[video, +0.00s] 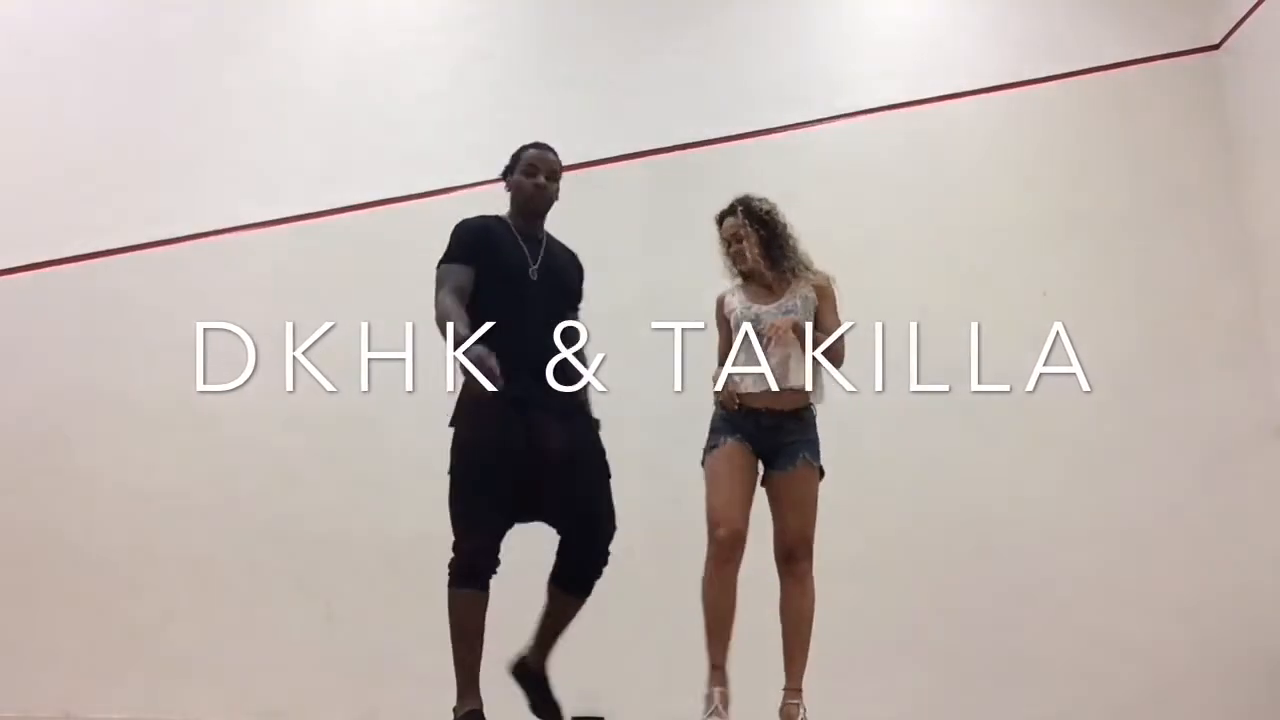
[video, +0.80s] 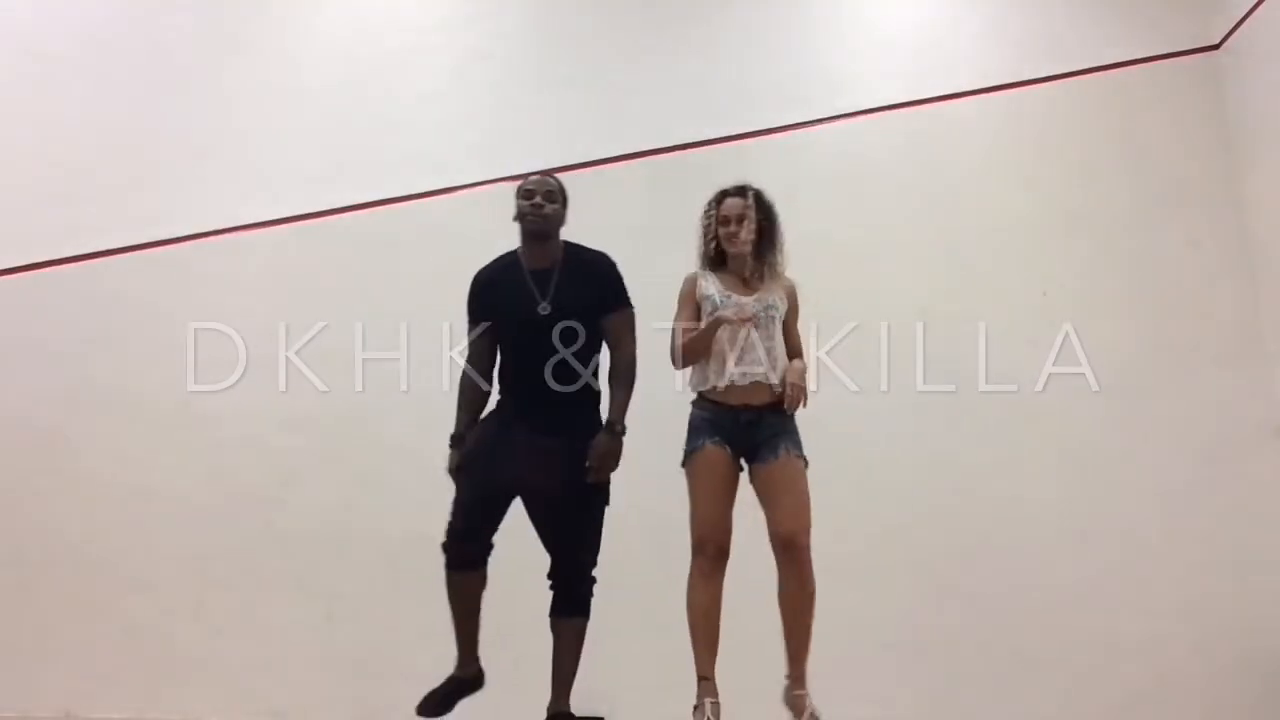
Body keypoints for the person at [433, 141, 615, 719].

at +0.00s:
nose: (538, 181)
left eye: (548, 175)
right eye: (528, 171)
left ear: (560, 189)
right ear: (507, 181)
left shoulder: (567, 263)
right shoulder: (476, 233)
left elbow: (567, 345)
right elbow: (448, 298)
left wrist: (582, 410)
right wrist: (467, 346)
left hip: (561, 423)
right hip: (490, 419)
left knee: (590, 539)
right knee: (474, 552)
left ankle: (535, 661)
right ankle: (468, 699)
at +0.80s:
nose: (537, 204)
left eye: (549, 197)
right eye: (528, 197)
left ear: (565, 212)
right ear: (514, 210)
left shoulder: (597, 270)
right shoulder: (492, 279)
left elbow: (623, 356)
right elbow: (478, 368)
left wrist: (614, 429)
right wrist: (461, 437)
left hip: (573, 440)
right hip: (505, 436)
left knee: (574, 576)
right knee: (463, 546)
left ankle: (559, 706)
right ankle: (467, 667)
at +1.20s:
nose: (479, 219)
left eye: (491, 215)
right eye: (471, 212)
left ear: (505, 233)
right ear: (457, 227)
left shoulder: (531, 288)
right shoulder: (437, 297)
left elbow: (574, 362)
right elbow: (426, 377)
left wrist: (581, 442)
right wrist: (422, 449)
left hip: (531, 449)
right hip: (469, 448)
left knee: (544, 577)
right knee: (445, 577)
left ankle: (556, 703)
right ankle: (438, 704)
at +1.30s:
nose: (471, 219)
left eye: (484, 216)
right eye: (465, 212)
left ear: (499, 235)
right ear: (451, 227)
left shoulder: (524, 290)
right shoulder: (429, 297)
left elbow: (560, 369)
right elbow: (417, 372)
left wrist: (561, 447)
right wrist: (416, 439)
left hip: (516, 446)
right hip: (459, 444)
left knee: (513, 571)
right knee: (439, 573)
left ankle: (543, 700)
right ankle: (438, 704)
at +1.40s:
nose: (475, 215)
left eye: (487, 212)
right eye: (466, 209)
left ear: (500, 234)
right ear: (450, 227)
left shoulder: (521, 291)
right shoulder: (425, 295)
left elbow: (549, 376)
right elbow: (411, 368)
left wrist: (542, 449)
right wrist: (418, 424)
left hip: (509, 444)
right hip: (451, 444)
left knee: (486, 559)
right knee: (436, 569)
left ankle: (527, 691)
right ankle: (437, 704)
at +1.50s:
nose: (478, 208)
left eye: (490, 207)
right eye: (469, 204)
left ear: (502, 230)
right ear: (452, 222)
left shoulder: (520, 288)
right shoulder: (422, 285)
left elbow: (552, 371)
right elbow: (405, 358)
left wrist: (539, 445)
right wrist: (429, 397)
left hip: (505, 428)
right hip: (446, 428)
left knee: (479, 534)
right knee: (437, 557)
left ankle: (507, 670)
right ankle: (437, 703)